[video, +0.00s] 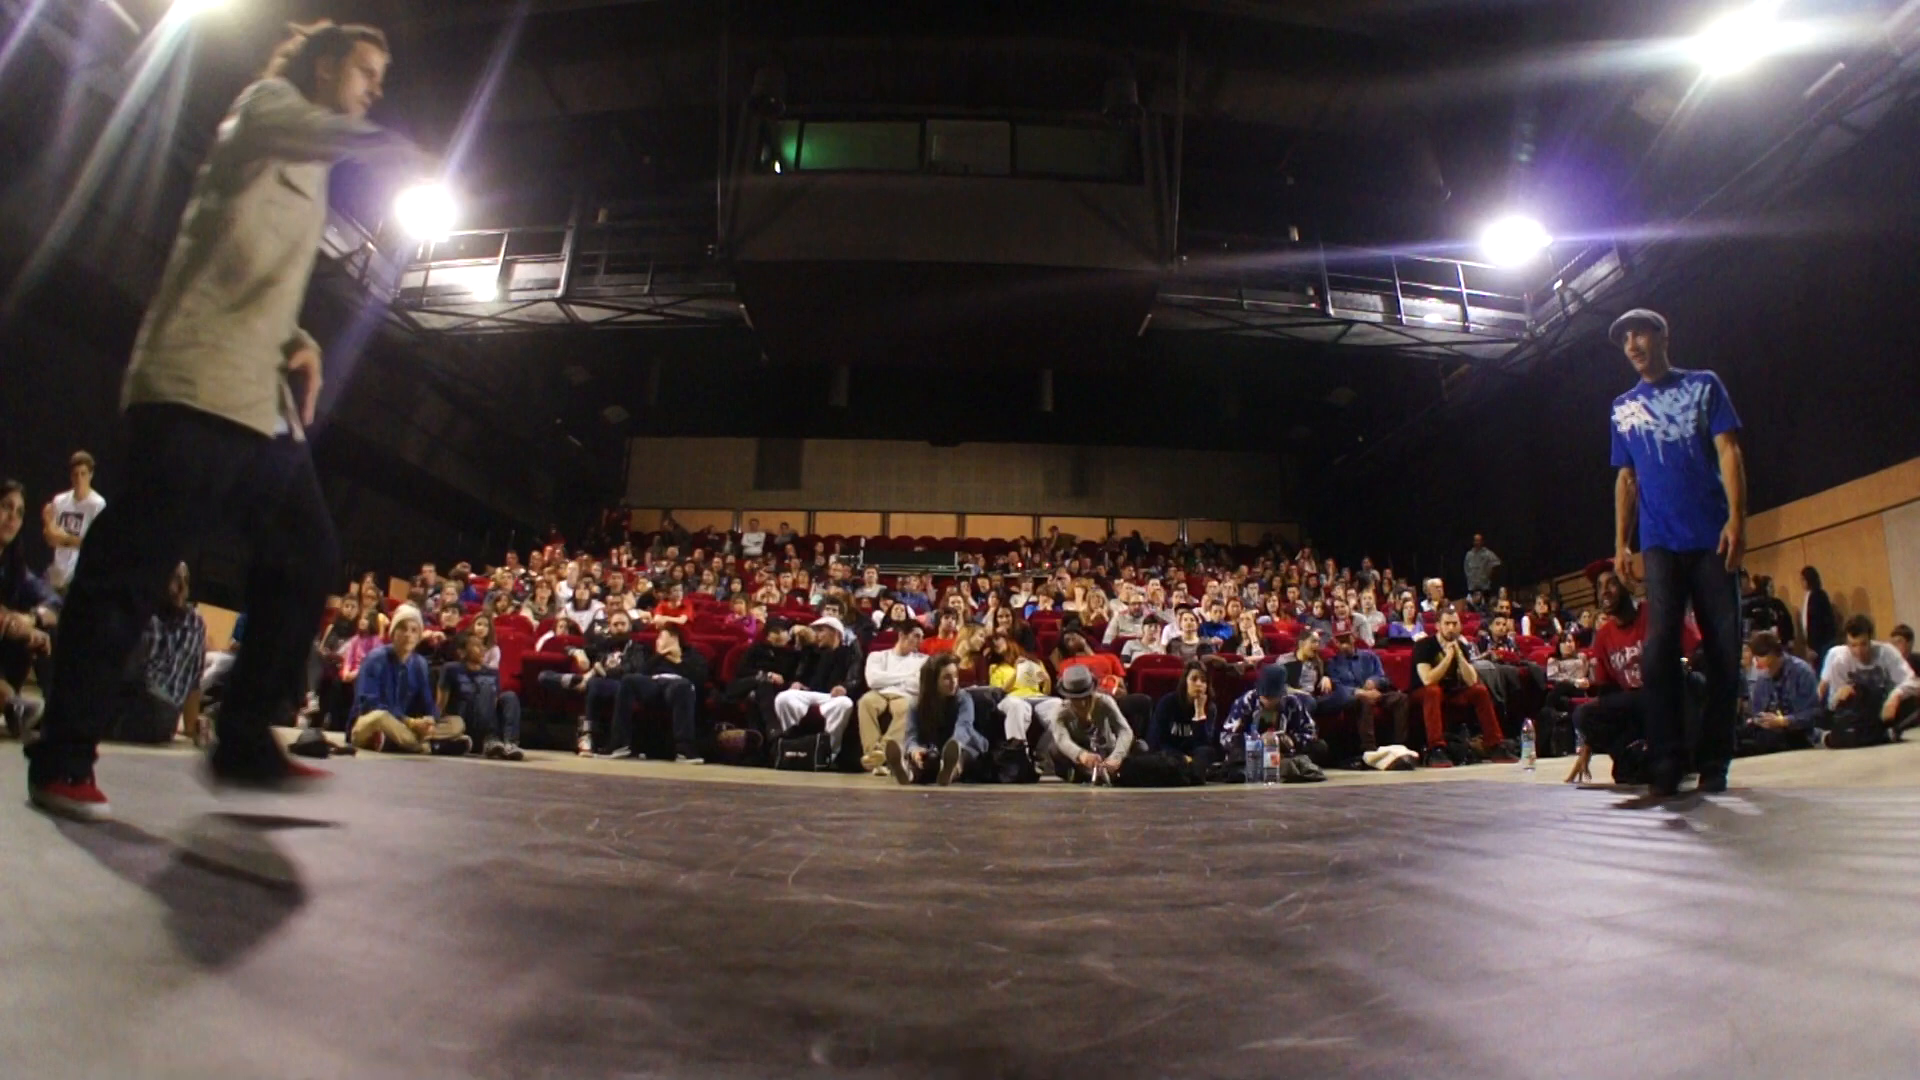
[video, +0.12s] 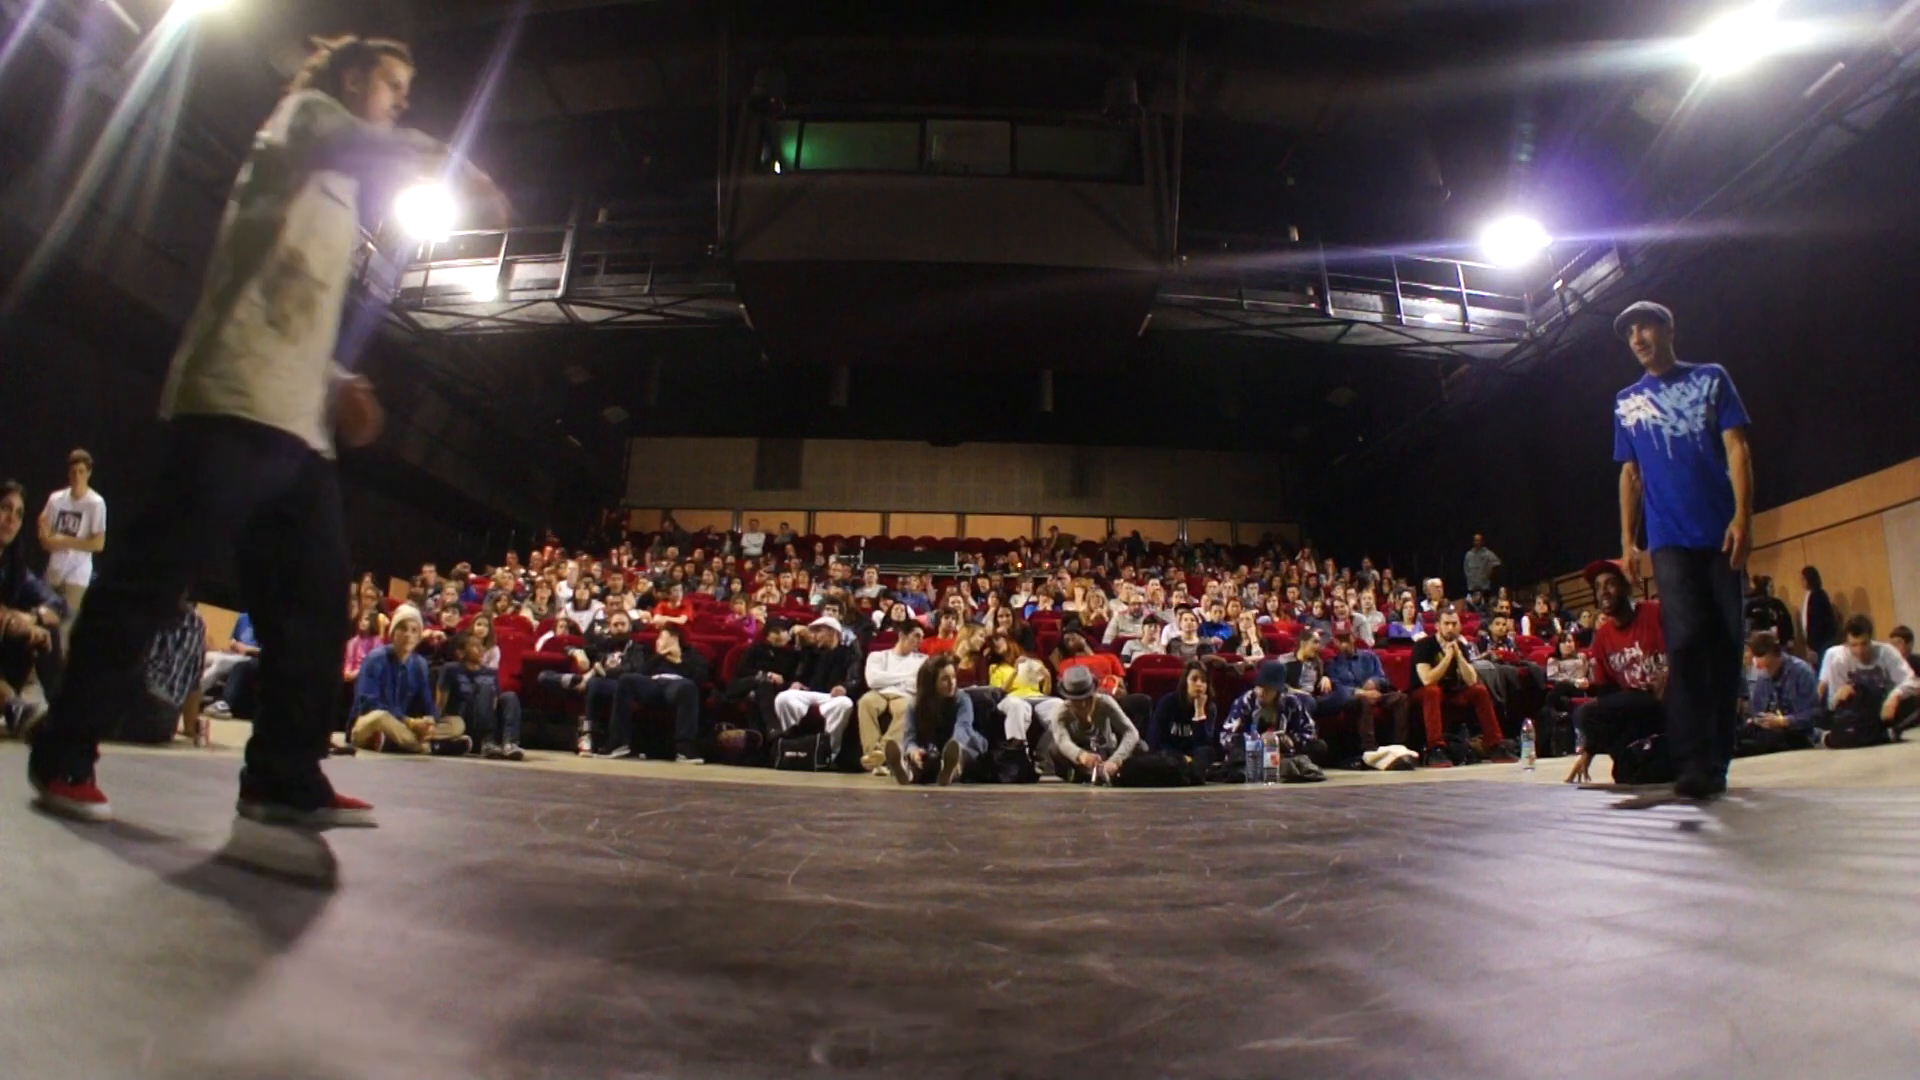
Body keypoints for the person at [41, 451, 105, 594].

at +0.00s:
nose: (79, 479)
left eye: (83, 474)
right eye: (75, 474)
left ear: (90, 475)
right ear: (71, 475)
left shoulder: (98, 505)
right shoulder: (59, 501)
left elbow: (95, 543)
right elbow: (51, 537)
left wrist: (62, 536)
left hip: (81, 572)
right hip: (56, 569)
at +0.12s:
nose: (77, 476)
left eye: (81, 472)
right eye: (73, 471)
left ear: (89, 474)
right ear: (69, 473)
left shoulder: (96, 503)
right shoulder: (56, 498)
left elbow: (98, 543)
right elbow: (44, 520)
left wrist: (64, 541)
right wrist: (46, 537)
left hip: (79, 562)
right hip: (57, 558)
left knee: (67, 619)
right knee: (46, 613)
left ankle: (62, 667)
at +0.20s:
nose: (74, 475)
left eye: (79, 470)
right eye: (71, 470)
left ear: (86, 472)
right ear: (66, 472)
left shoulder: (95, 501)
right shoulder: (54, 496)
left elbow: (100, 542)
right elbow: (43, 527)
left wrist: (66, 547)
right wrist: (47, 543)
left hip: (77, 563)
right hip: (53, 561)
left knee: (66, 611)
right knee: (47, 609)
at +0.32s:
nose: (69, 480)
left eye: (74, 475)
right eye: (66, 475)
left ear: (82, 478)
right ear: (62, 477)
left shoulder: (92, 509)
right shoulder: (50, 504)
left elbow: (97, 551)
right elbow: (41, 540)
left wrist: (66, 565)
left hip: (71, 577)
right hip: (46, 572)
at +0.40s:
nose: (65, 482)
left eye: (70, 478)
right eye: (62, 477)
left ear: (80, 480)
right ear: (59, 480)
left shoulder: (89, 513)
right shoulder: (50, 508)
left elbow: (95, 553)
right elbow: (43, 541)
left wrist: (64, 569)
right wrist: (38, 565)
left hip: (69, 580)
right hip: (44, 575)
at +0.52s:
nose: (62, 471)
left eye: (66, 466)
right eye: (61, 466)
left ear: (79, 465)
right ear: (60, 466)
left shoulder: (90, 495)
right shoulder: (61, 494)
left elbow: (102, 532)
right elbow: (60, 533)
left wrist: (69, 550)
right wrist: (49, 551)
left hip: (75, 568)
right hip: (56, 564)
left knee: (54, 615)